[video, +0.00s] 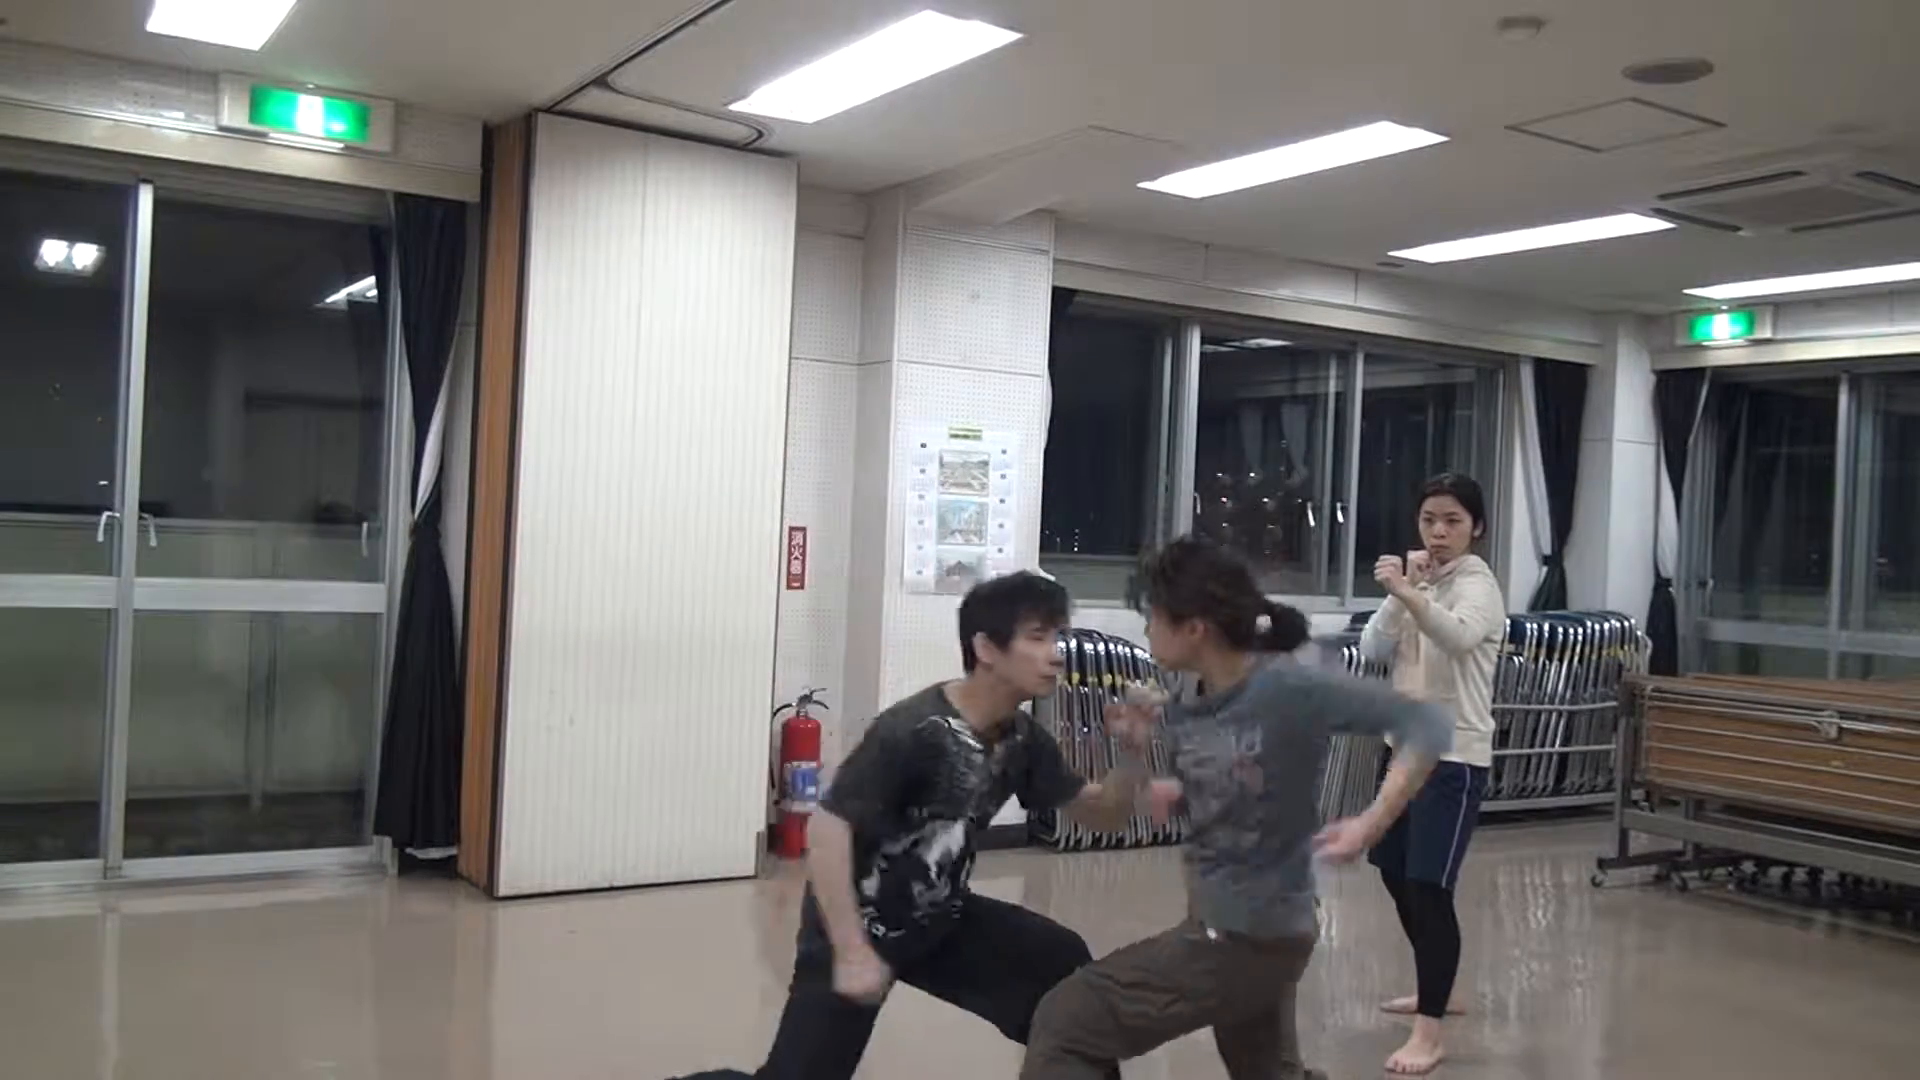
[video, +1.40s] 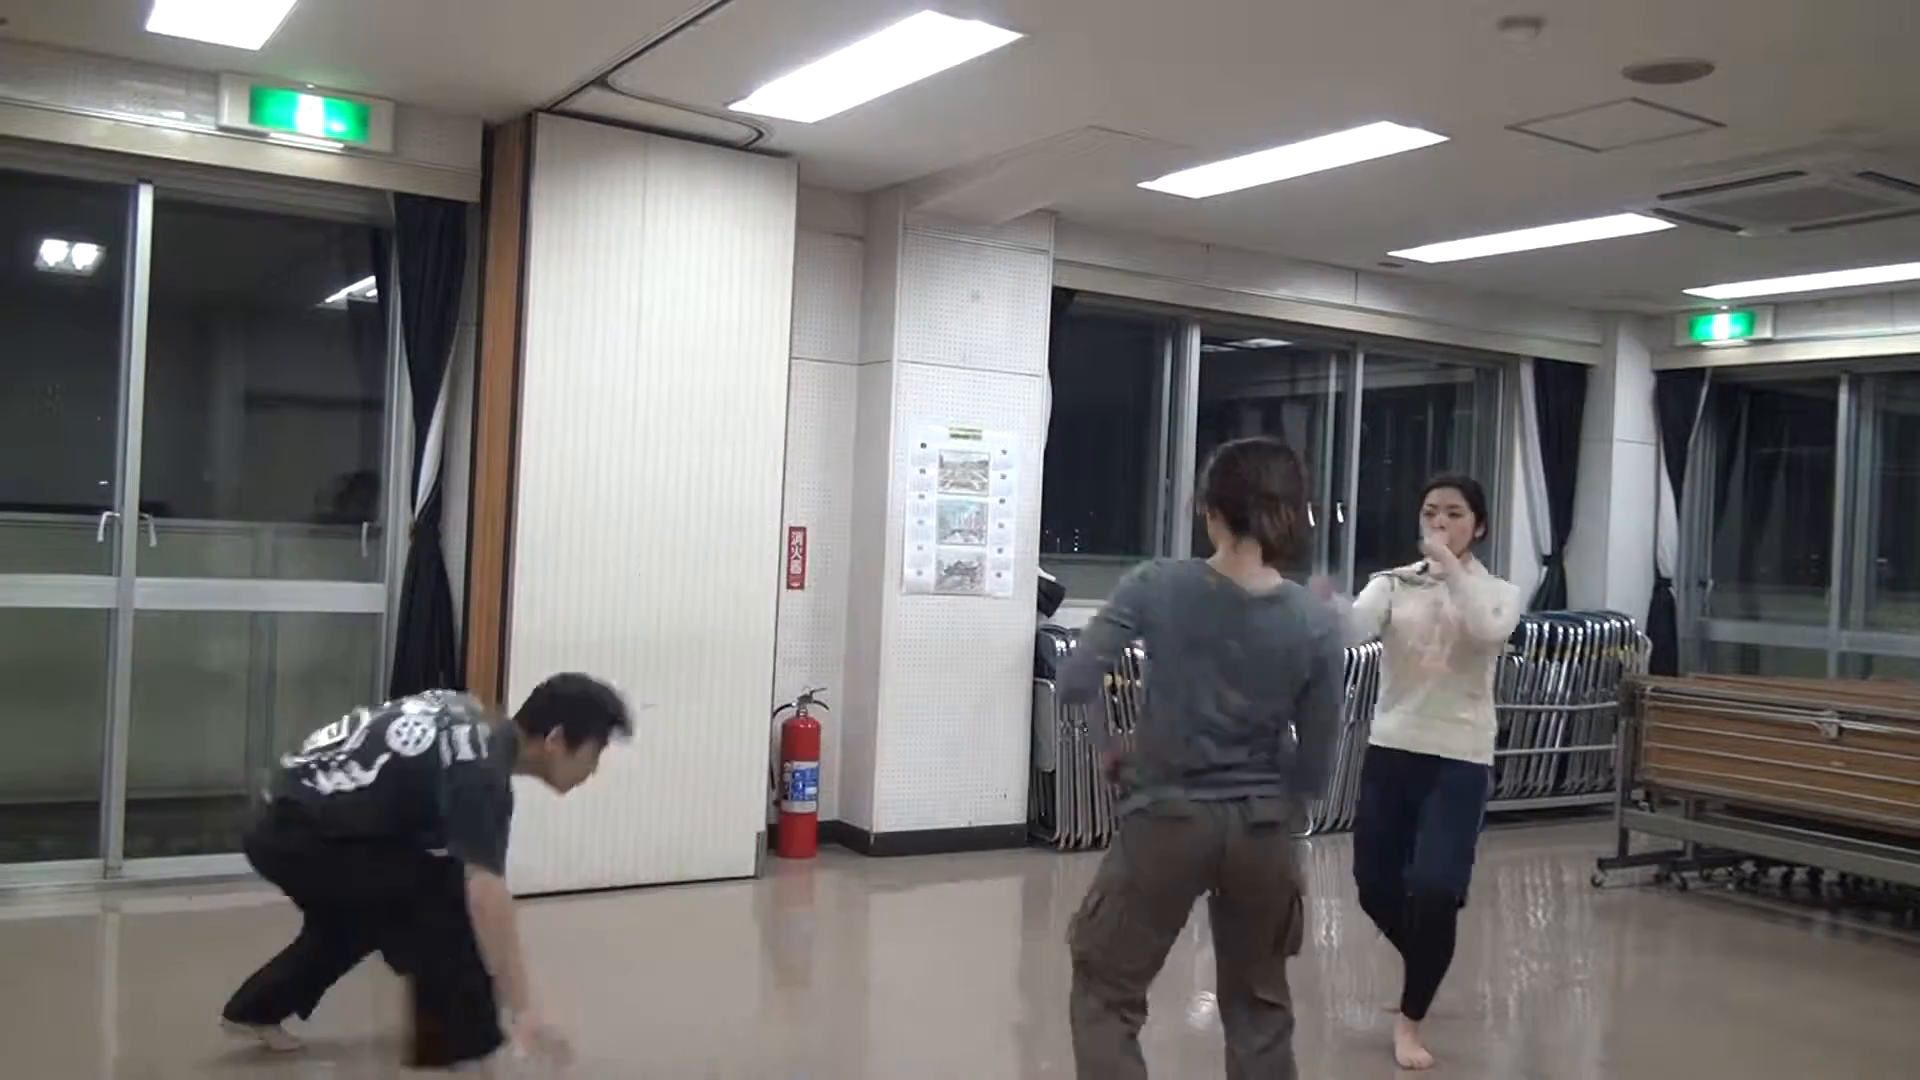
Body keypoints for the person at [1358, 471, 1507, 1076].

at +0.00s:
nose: (1439, 531)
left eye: (1452, 521)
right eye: (1430, 520)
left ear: (1475, 528)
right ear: (1419, 524)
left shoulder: (1479, 582)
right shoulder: (1416, 582)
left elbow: (1461, 637)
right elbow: (1372, 648)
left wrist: (1405, 593)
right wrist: (1404, 591)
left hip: (1456, 758)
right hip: (1408, 752)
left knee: (1429, 887)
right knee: (1390, 864)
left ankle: (1428, 1034)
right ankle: (1437, 986)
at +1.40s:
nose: (1438, 523)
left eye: (1451, 514)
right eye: (1431, 512)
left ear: (1477, 525)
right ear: (1418, 519)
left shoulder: (1496, 590)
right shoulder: (1391, 584)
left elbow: (1488, 630)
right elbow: (1352, 632)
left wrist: (1451, 565)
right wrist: (1326, 610)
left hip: (1461, 758)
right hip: (1391, 750)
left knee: (1434, 891)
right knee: (1375, 886)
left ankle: (1410, 1022)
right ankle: (1426, 958)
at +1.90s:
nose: (1439, 515)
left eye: (1452, 504)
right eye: (1431, 505)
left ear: (1481, 513)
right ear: (1420, 513)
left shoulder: (1499, 584)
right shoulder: (1391, 567)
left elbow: (1523, 631)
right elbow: (1343, 623)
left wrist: (1472, 573)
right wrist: (1322, 641)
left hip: (1443, 745)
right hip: (1372, 723)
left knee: (1436, 902)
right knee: (1351, 810)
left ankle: (1408, 1023)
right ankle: (1324, 952)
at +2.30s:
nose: (1371, 544)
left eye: (1386, 535)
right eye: (1368, 532)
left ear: (1420, 542)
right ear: (1364, 534)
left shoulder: (1403, 596)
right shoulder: (1390, 593)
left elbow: (1397, 677)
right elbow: (1328, 633)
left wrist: (1374, 718)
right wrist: (1345, 573)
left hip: (1454, 717)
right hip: (1444, 771)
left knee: (1407, 714)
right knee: (1351, 906)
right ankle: (1384, 1052)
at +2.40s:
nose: (1372, 542)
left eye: (1386, 532)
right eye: (1368, 530)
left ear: (1422, 539)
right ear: (1366, 531)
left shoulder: (1400, 594)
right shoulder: (1414, 583)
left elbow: (1386, 685)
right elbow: (1328, 620)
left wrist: (1370, 708)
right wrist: (1344, 568)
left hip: (1444, 715)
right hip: (1455, 760)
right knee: (1353, 907)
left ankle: (1373, 726)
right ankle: (1385, 1054)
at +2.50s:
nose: (1374, 536)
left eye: (1388, 526)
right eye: (1370, 524)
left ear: (1423, 531)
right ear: (1366, 524)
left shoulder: (1403, 584)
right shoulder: (1430, 575)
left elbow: (1404, 666)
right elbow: (1346, 620)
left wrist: (1373, 686)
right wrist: (1346, 580)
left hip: (1430, 726)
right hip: (1461, 752)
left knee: (1368, 794)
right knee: (1351, 905)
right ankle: (1384, 1052)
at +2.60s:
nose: (1374, 526)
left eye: (1387, 516)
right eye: (1370, 515)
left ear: (1424, 522)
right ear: (1368, 517)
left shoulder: (1399, 575)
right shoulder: (1437, 568)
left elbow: (1416, 651)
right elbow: (1418, 645)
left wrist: (1364, 667)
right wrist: (1367, 615)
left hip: (1434, 746)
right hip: (1425, 748)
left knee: (1378, 899)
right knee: (1350, 901)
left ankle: (1453, 1057)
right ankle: (1382, 1057)